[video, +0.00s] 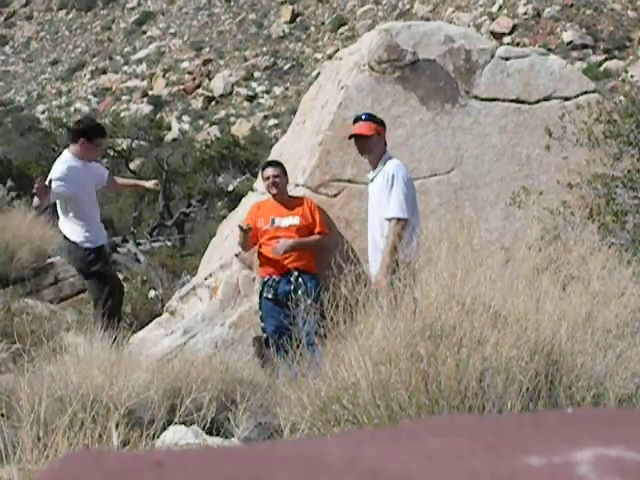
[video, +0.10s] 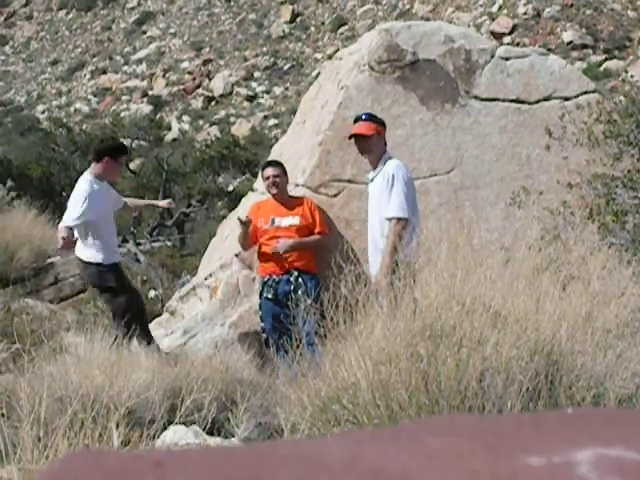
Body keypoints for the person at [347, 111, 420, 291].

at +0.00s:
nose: (359, 145)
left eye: (364, 138)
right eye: (356, 139)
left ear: (381, 136)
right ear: (354, 142)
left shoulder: (396, 170)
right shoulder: (374, 176)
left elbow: (398, 222)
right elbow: (380, 225)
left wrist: (385, 272)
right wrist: (375, 271)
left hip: (396, 272)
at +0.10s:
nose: (359, 145)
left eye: (364, 138)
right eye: (356, 139)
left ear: (381, 136)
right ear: (354, 142)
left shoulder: (396, 170)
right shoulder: (374, 177)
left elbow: (399, 222)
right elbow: (379, 225)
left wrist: (385, 273)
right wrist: (374, 272)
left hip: (396, 272)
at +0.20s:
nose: (359, 145)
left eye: (364, 138)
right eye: (356, 139)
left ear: (381, 135)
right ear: (354, 142)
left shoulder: (395, 170)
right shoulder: (375, 176)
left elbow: (398, 222)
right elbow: (379, 226)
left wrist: (385, 274)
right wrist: (375, 274)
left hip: (395, 274)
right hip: (379, 274)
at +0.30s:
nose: (357, 146)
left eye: (362, 139)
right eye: (355, 140)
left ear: (380, 136)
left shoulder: (395, 170)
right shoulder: (374, 175)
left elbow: (399, 221)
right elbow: (378, 225)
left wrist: (385, 272)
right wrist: (373, 271)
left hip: (396, 273)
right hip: (379, 272)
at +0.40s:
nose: (353, 146)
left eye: (358, 140)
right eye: (353, 141)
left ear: (376, 139)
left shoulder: (394, 170)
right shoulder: (374, 174)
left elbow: (400, 221)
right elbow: (378, 223)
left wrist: (384, 267)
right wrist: (370, 264)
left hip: (398, 269)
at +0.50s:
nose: (352, 147)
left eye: (356, 142)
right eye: (352, 143)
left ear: (373, 140)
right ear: (371, 141)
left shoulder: (395, 169)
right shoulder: (376, 173)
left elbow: (400, 220)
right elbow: (380, 222)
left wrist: (382, 266)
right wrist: (371, 260)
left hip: (400, 265)